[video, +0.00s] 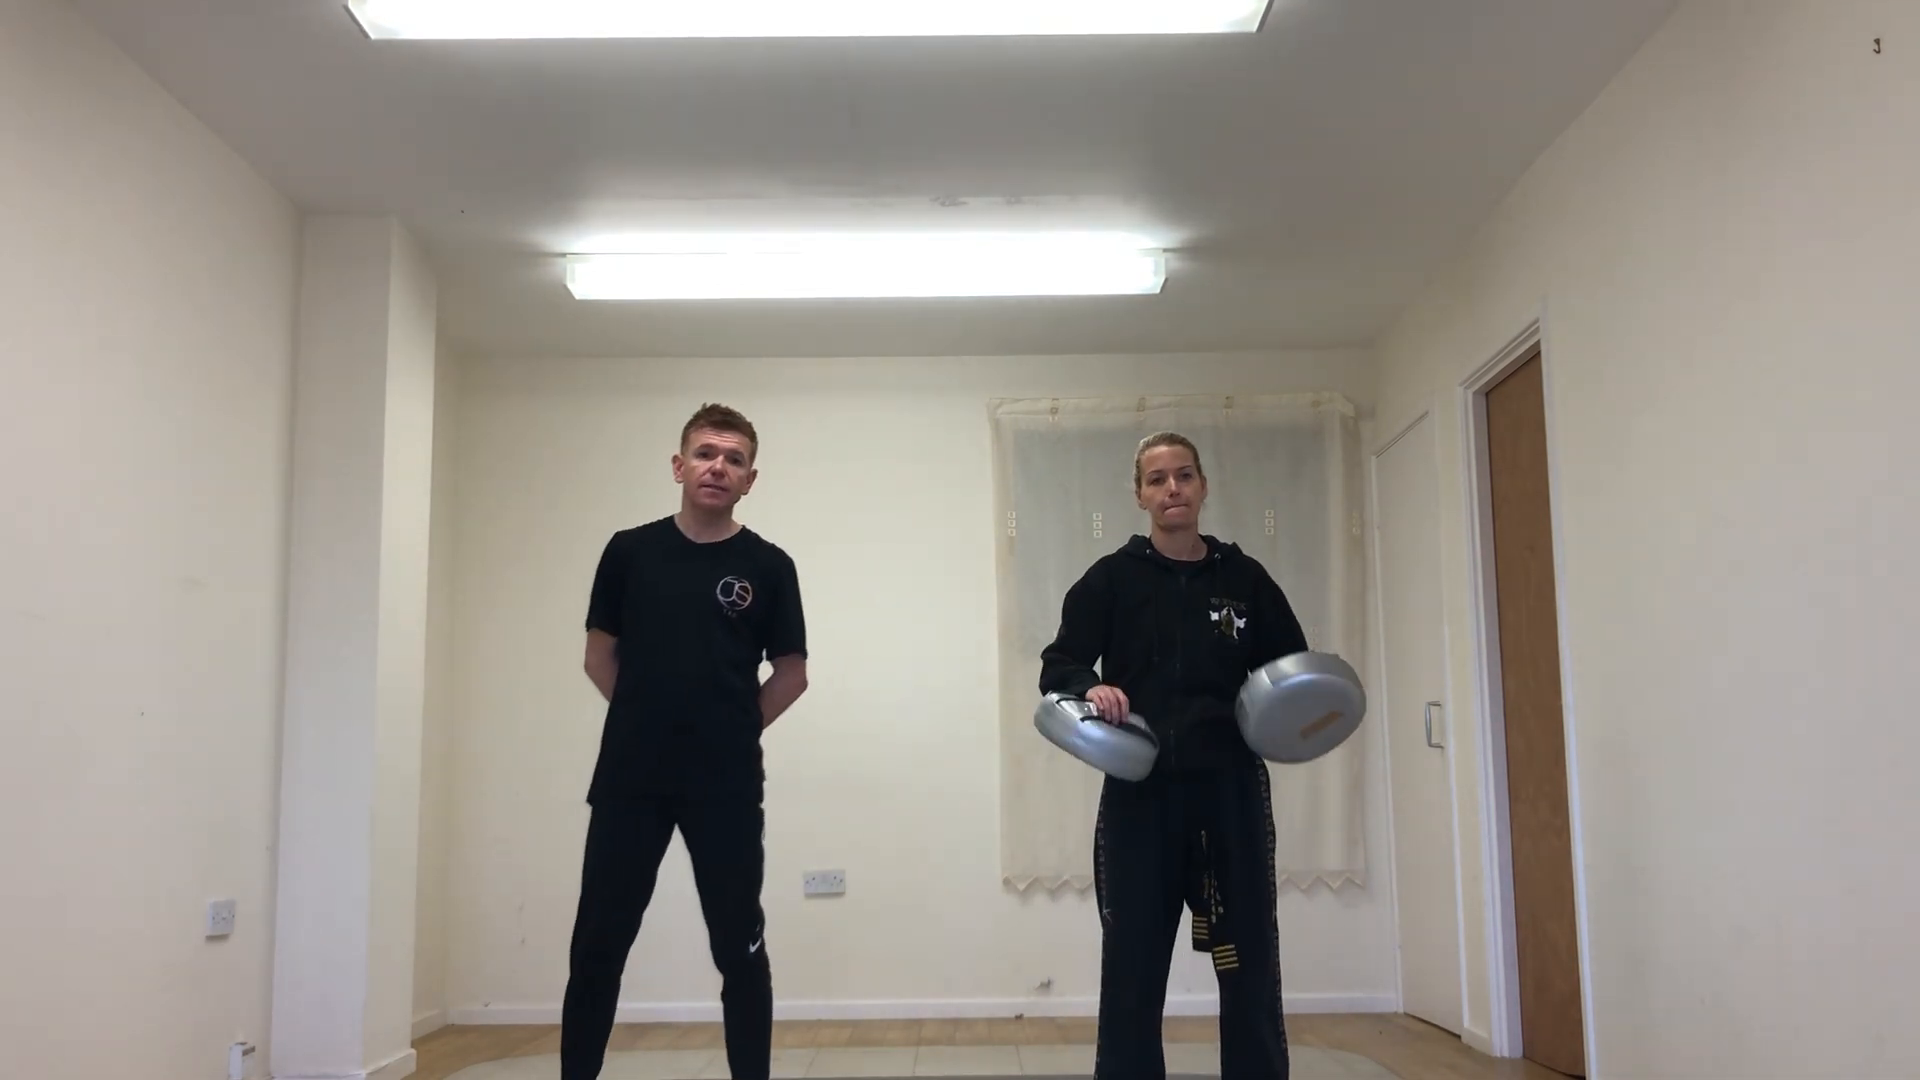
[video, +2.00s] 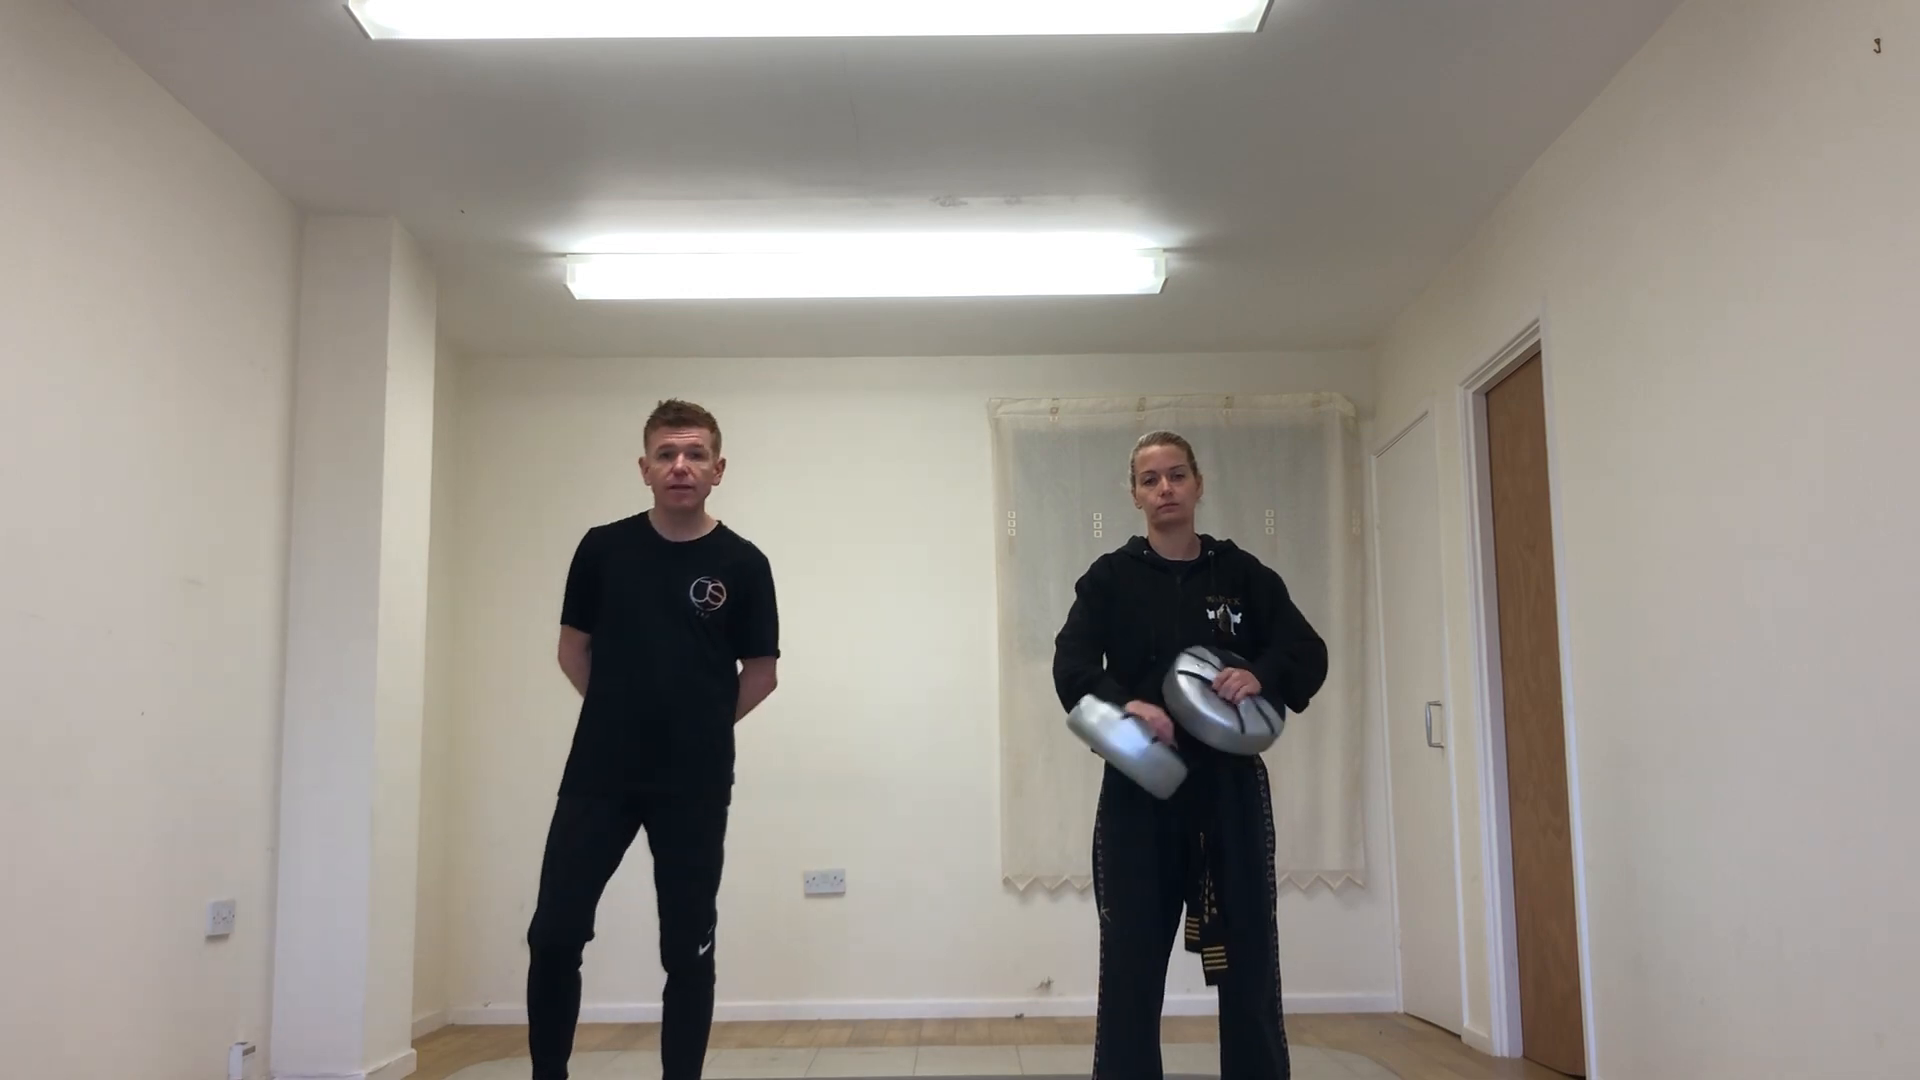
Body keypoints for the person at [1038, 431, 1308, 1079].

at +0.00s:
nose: (1173, 487)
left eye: (1184, 475)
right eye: (1157, 479)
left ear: (1202, 487)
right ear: (1140, 496)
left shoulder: (1244, 577)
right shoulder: (1108, 580)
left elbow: (1292, 668)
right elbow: (1057, 670)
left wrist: (1303, 707)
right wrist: (1089, 690)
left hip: (1232, 790)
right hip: (1139, 792)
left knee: (1250, 964)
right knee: (1133, 966)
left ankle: (1257, 1076)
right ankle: (1127, 1076)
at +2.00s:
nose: (1165, 488)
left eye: (1176, 475)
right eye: (1150, 479)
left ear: (1198, 485)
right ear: (1135, 495)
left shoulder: (1243, 573)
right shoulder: (1110, 577)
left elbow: (1308, 653)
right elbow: (1072, 664)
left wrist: (1261, 676)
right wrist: (1125, 703)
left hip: (1232, 785)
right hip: (1139, 787)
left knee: (1249, 964)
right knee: (1131, 968)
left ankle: (1258, 1077)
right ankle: (1125, 1078)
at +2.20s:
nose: (1165, 488)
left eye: (1177, 475)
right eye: (1150, 479)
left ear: (1198, 485)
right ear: (1134, 494)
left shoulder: (1241, 575)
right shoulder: (1107, 580)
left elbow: (1303, 652)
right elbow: (1059, 666)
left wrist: (1330, 715)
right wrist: (1047, 742)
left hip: (1230, 787)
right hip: (1135, 791)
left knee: (1248, 968)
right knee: (1130, 973)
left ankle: (1258, 1077)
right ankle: (1125, 1079)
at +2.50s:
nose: (1168, 485)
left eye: (1180, 473)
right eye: (1154, 476)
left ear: (1200, 487)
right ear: (1137, 494)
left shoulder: (1238, 571)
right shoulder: (1106, 577)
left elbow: (1271, 668)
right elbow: (1072, 678)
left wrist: (1283, 754)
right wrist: (1056, 774)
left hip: (1226, 784)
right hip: (1133, 786)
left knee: (1245, 955)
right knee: (1129, 960)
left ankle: (1257, 1076)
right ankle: (1123, 1076)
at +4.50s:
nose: (1175, 485)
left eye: (1188, 474)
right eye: (1161, 474)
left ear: (1207, 486)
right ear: (1143, 487)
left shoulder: (1240, 570)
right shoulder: (1111, 574)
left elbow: (1256, 668)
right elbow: (1094, 678)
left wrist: (1218, 730)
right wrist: (1136, 739)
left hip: (1230, 779)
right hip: (1138, 780)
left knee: (1249, 960)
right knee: (1130, 964)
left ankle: (1260, 1077)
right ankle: (1124, 1078)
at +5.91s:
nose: (1171, 484)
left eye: (1183, 473)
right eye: (1157, 475)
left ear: (1204, 485)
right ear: (1139, 489)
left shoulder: (1240, 570)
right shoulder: (1109, 575)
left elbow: (1255, 670)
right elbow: (1095, 683)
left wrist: (1215, 729)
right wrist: (1141, 738)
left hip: (1230, 780)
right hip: (1138, 782)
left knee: (1249, 961)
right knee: (1130, 964)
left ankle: (1260, 1076)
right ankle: (1124, 1077)